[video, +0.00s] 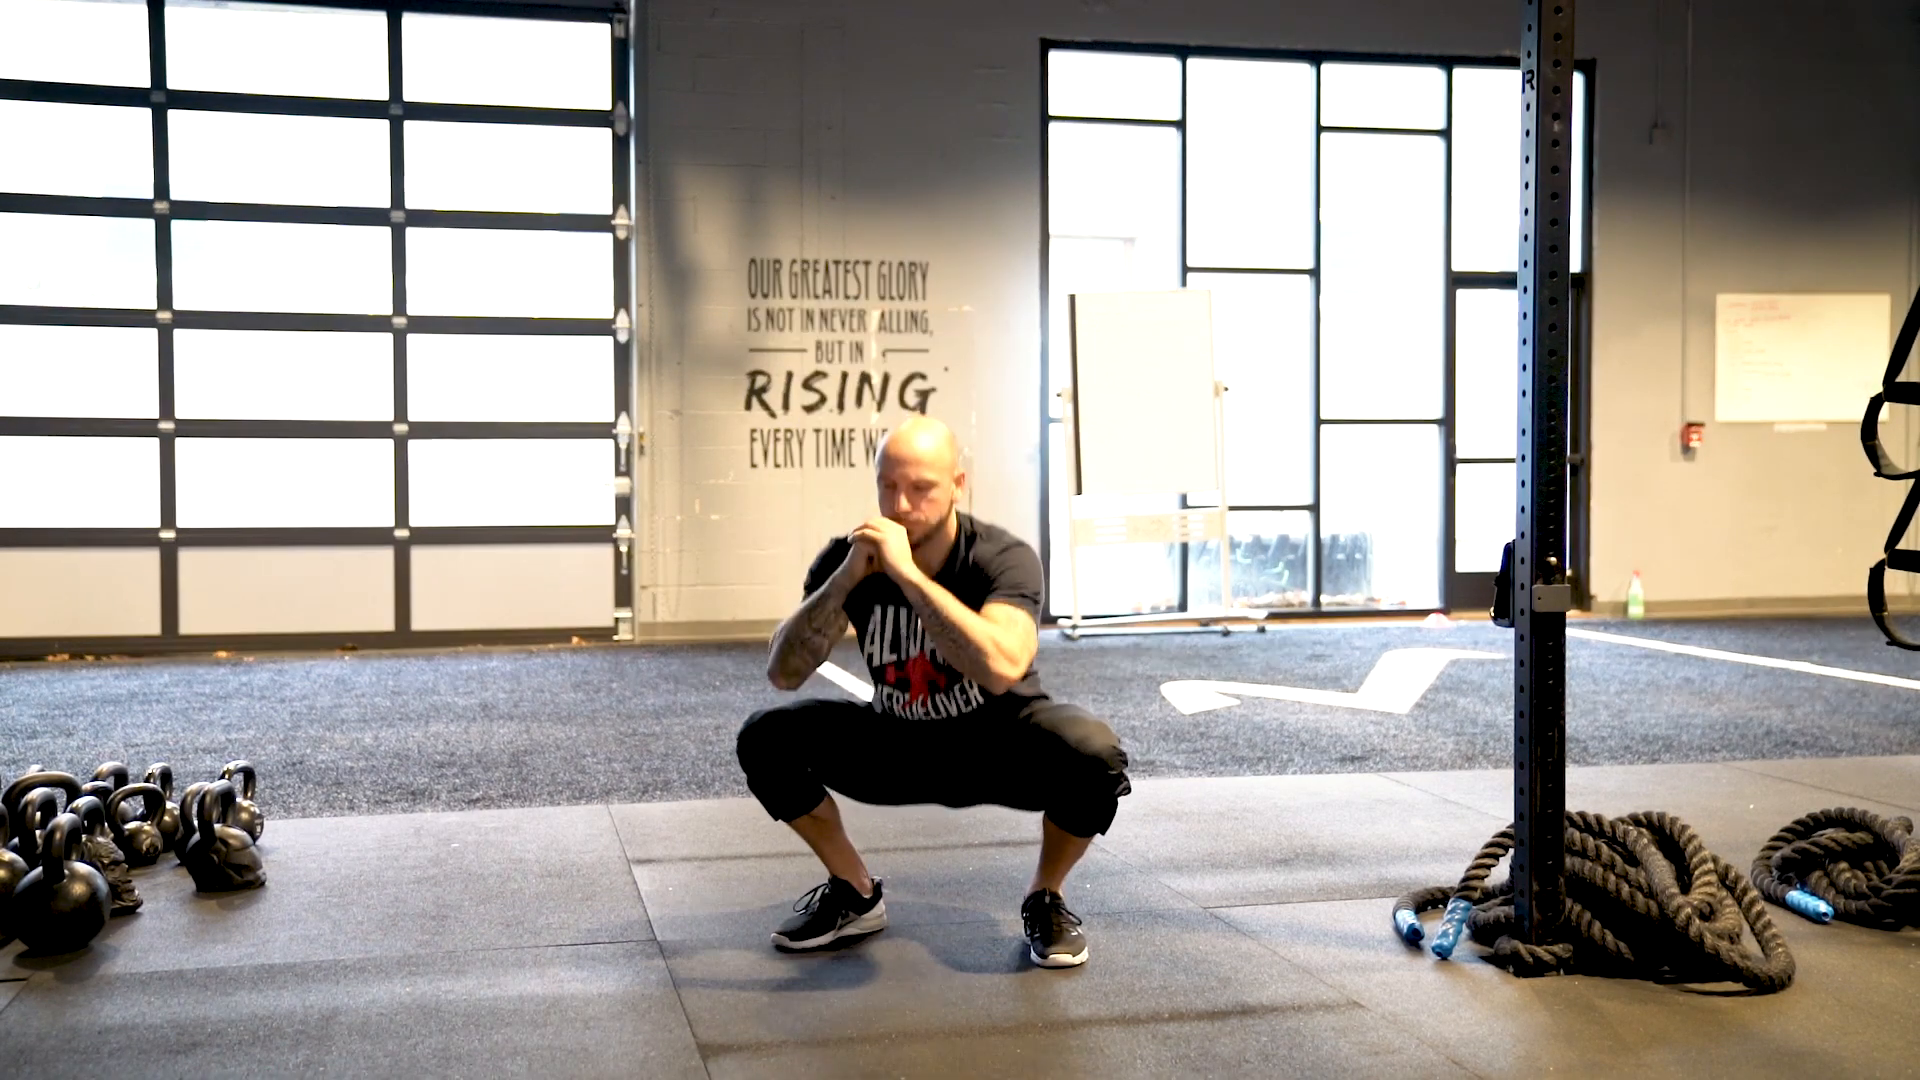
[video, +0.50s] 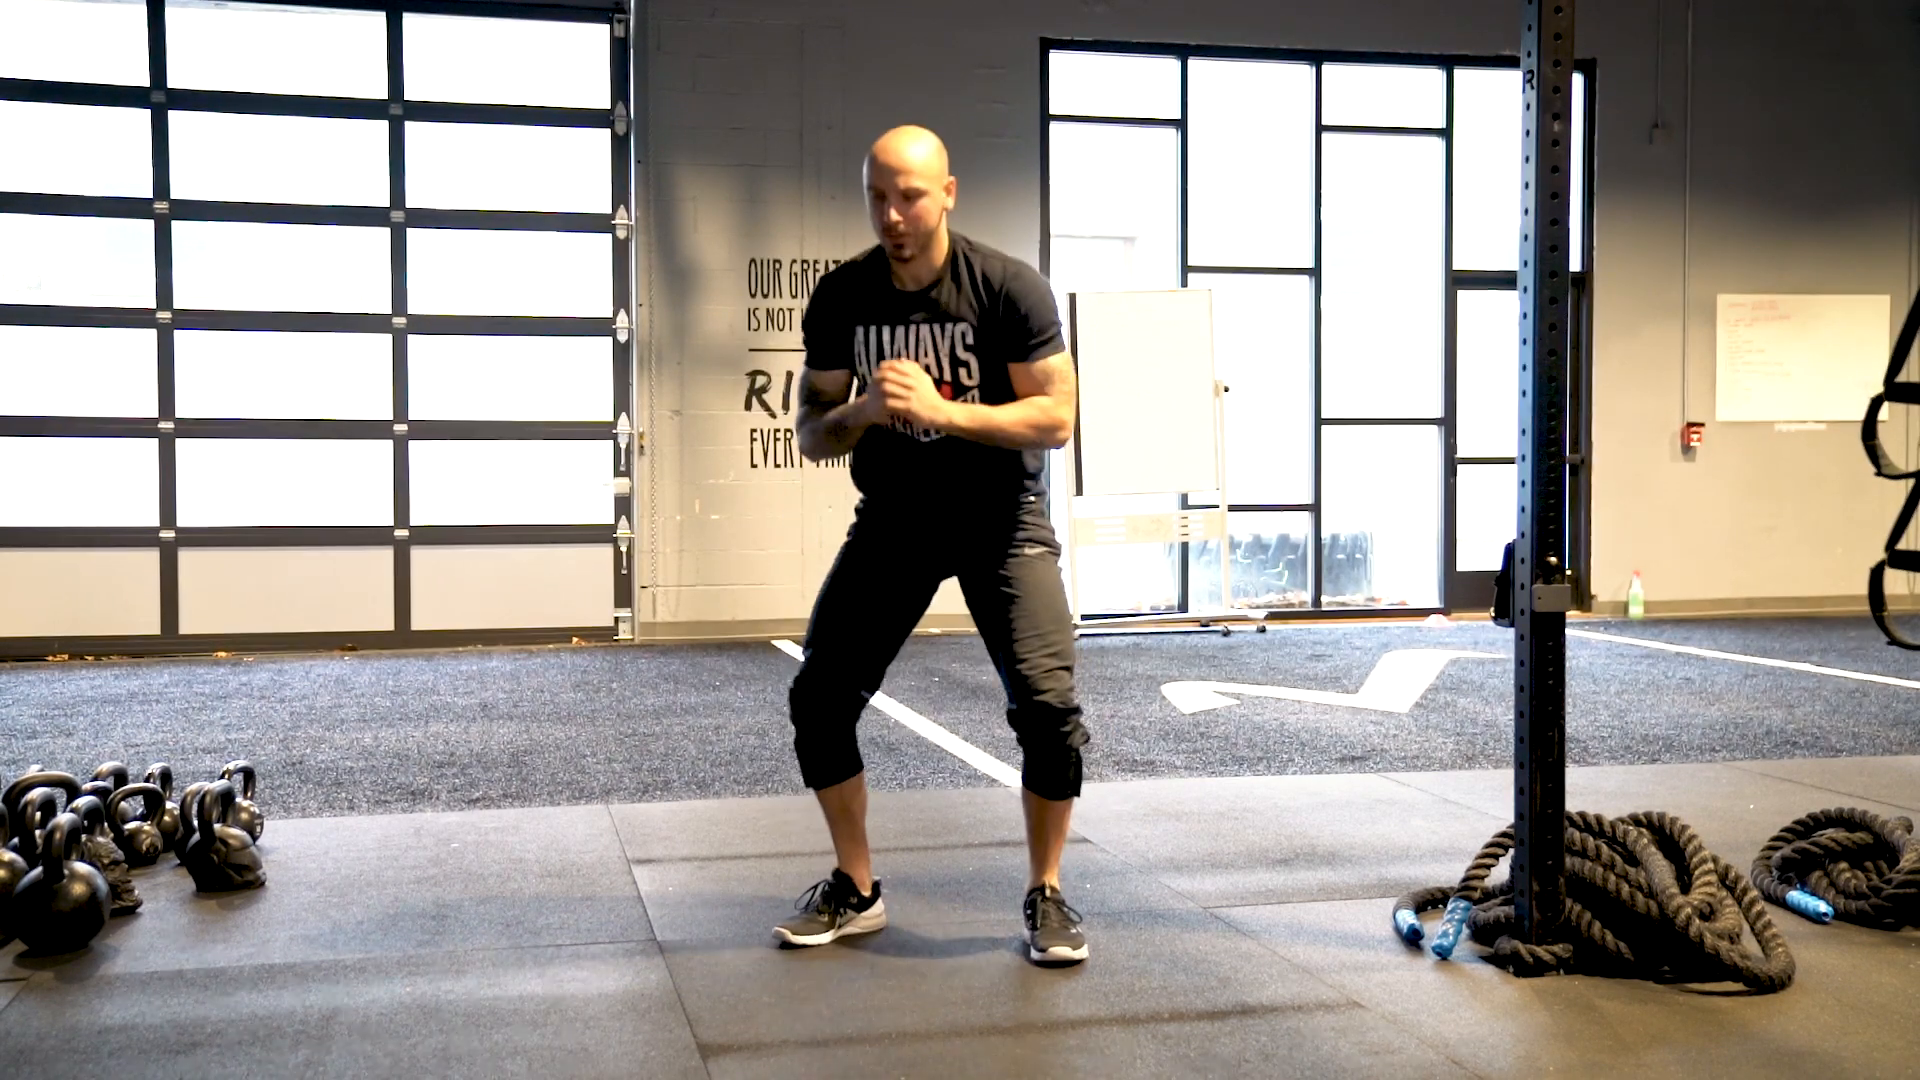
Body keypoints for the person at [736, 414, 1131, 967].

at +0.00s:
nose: (901, 506)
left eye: (921, 490)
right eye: (889, 488)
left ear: (959, 485)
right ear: (875, 484)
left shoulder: (1005, 559)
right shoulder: (847, 562)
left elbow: (1002, 665)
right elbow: (783, 673)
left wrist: (908, 573)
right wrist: (848, 576)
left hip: (994, 741)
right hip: (896, 743)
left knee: (1091, 752)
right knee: (767, 740)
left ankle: (1046, 898)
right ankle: (854, 888)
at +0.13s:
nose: (899, 442)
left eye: (918, 426)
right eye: (888, 424)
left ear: (956, 424)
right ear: (874, 421)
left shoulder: (1008, 501)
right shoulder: (848, 501)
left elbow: (1027, 615)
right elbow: (782, 622)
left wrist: (920, 536)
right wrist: (847, 541)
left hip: (1000, 684)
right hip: (900, 687)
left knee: (1089, 756)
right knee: (770, 736)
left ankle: (1047, 899)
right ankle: (854, 890)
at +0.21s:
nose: (899, 377)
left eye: (917, 358)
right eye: (888, 358)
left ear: (954, 357)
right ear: (873, 358)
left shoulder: (1007, 442)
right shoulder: (846, 445)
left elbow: (1048, 563)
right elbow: (792, 572)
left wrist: (929, 510)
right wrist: (851, 513)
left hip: (1008, 631)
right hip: (903, 631)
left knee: (1085, 750)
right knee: (774, 731)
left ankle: (1047, 899)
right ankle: (854, 890)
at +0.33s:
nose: (897, 278)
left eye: (915, 260)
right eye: (885, 259)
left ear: (952, 257)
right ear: (870, 258)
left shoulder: (1014, 351)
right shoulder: (843, 356)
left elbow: (1061, 472)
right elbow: (817, 487)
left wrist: (955, 472)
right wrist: (867, 467)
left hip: (1009, 566)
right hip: (899, 566)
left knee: (1068, 731)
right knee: (792, 716)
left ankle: (1048, 897)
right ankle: (854, 888)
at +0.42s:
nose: (896, 231)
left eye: (914, 213)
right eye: (883, 213)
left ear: (952, 211)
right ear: (869, 214)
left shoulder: (1017, 308)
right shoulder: (840, 313)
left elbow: (1061, 430)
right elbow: (819, 445)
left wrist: (953, 435)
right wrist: (866, 435)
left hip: (1008, 538)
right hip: (896, 537)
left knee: (1060, 717)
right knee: (808, 703)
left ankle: (1048, 894)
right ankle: (854, 885)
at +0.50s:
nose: (892, 216)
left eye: (910, 198)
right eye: (880, 198)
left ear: (949, 196)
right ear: (867, 200)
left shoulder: (1010, 289)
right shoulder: (839, 297)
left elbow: (1054, 421)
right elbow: (815, 438)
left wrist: (946, 410)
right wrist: (863, 408)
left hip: (1005, 525)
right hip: (895, 525)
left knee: (1053, 713)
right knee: (819, 701)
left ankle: (1046, 893)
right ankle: (855, 884)